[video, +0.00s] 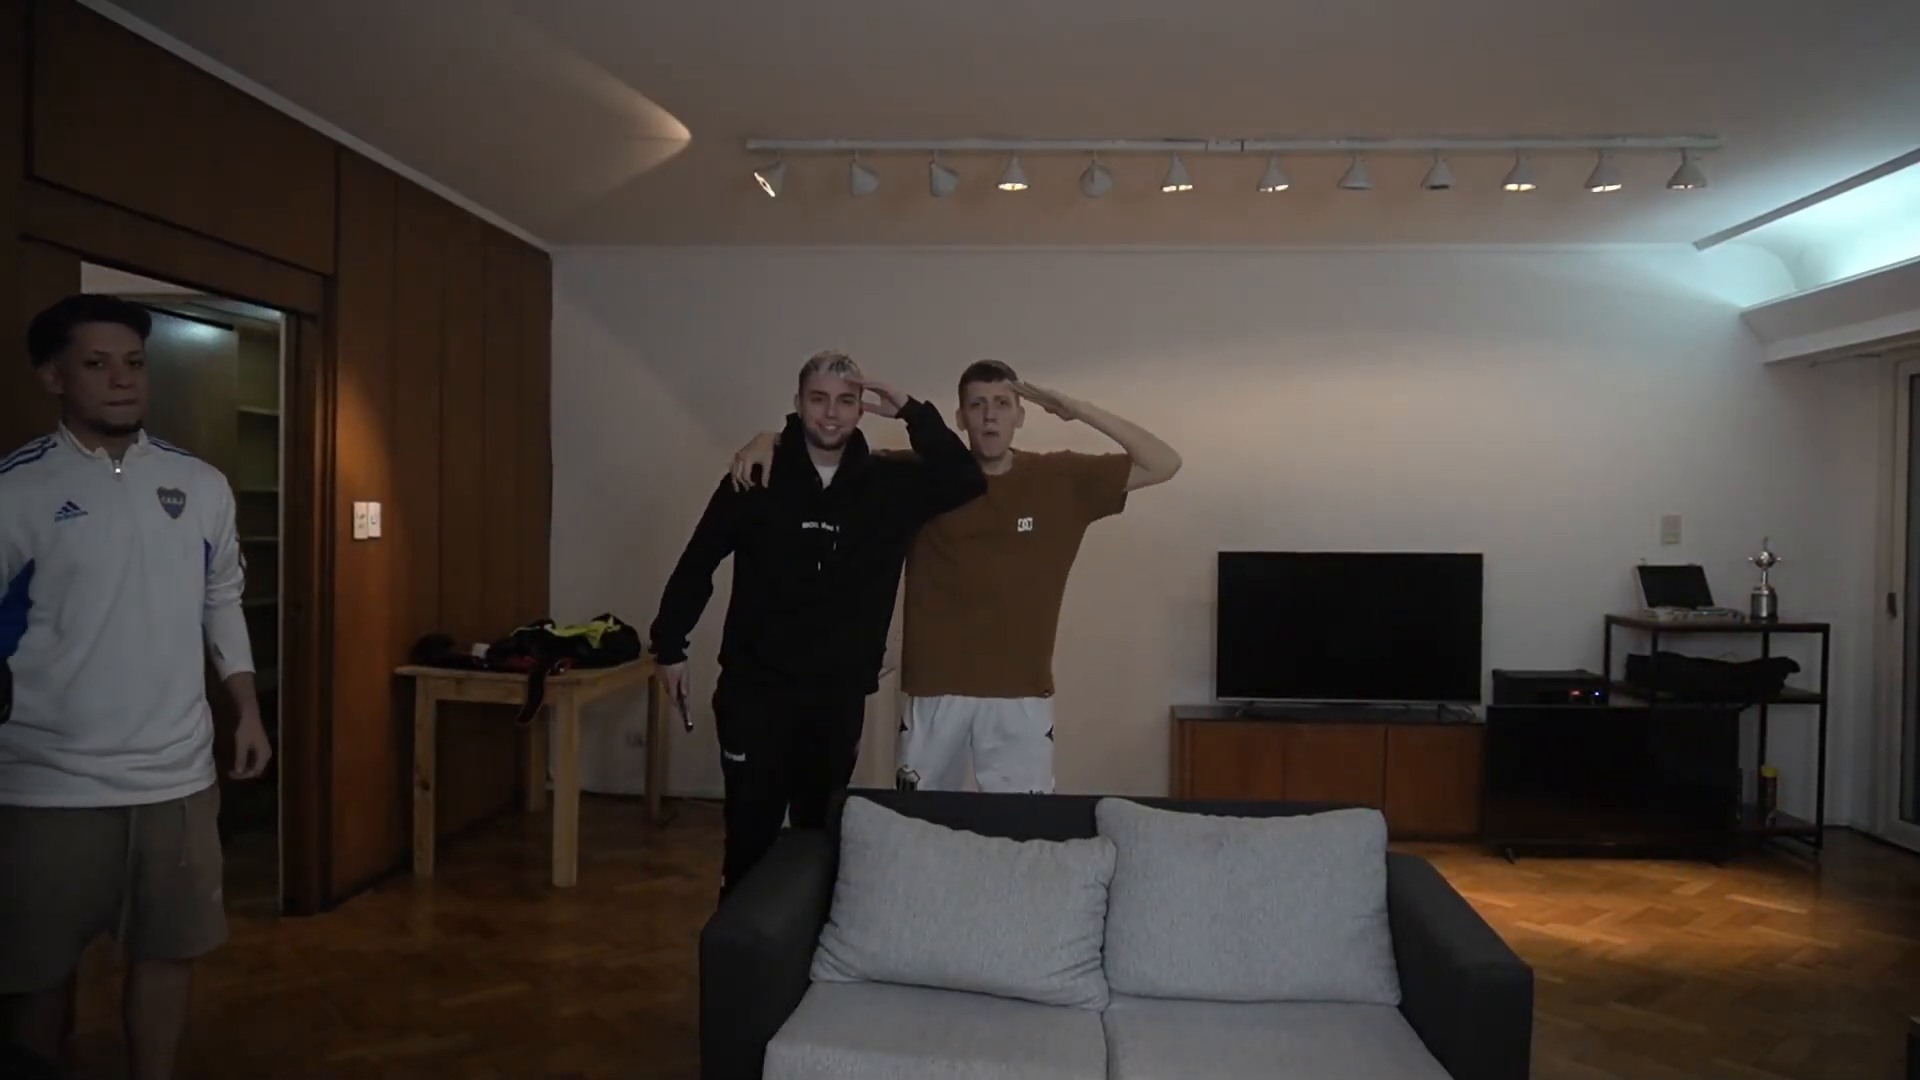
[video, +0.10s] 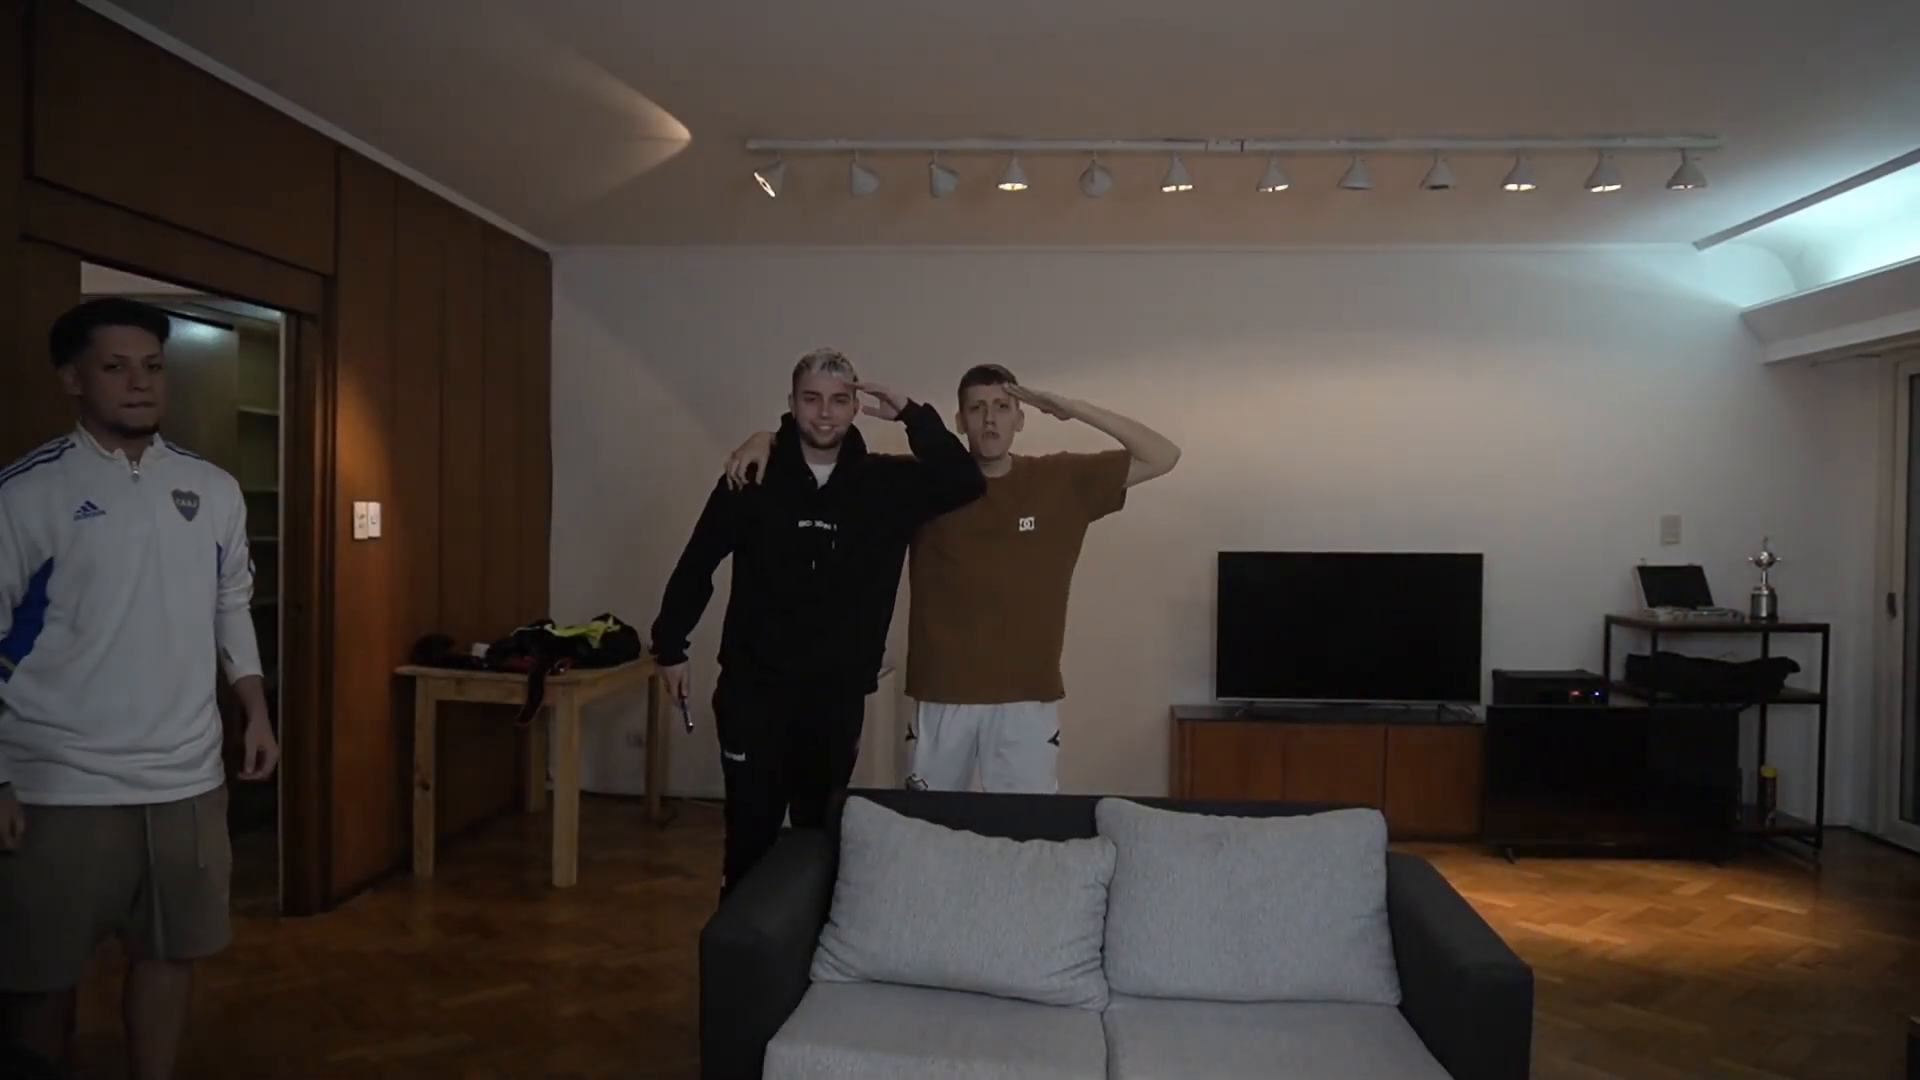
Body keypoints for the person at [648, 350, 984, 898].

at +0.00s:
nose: (831, 411)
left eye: (845, 400)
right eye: (819, 398)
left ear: (861, 410)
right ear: (798, 403)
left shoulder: (891, 484)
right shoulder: (756, 475)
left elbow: (965, 480)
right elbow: (698, 562)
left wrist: (912, 410)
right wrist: (670, 648)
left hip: (837, 690)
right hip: (756, 684)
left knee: (819, 831)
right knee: (751, 832)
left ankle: (814, 956)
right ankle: (740, 959)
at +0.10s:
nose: (825, 412)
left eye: (839, 399)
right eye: (812, 398)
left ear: (856, 408)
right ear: (792, 403)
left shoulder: (888, 482)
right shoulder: (753, 475)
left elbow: (965, 483)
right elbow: (698, 563)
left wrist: (914, 414)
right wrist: (671, 649)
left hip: (837, 688)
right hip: (755, 683)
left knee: (820, 829)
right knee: (751, 831)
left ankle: (815, 954)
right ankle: (741, 958)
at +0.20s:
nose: (820, 412)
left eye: (834, 400)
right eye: (807, 399)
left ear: (852, 408)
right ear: (788, 405)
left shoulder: (886, 482)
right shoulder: (751, 476)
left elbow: (963, 482)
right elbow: (695, 563)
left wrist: (910, 415)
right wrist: (669, 649)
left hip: (836, 689)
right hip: (753, 684)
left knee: (820, 830)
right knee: (749, 832)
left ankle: (815, 956)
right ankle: (740, 959)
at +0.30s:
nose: (819, 413)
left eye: (833, 400)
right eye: (806, 400)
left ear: (851, 409)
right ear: (787, 405)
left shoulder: (885, 484)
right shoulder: (749, 478)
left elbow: (962, 483)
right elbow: (692, 564)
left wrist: (908, 417)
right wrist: (665, 650)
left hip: (833, 691)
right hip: (750, 686)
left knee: (818, 833)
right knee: (748, 835)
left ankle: (814, 959)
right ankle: (739, 962)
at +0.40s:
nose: (821, 413)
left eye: (835, 400)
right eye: (808, 400)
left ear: (852, 409)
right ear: (788, 405)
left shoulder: (885, 484)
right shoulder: (749, 478)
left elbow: (963, 485)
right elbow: (690, 563)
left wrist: (910, 417)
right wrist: (661, 649)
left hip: (832, 692)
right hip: (749, 688)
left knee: (816, 834)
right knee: (746, 837)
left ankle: (812, 961)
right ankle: (739, 964)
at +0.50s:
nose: (822, 413)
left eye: (836, 401)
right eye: (810, 400)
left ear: (854, 409)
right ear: (790, 405)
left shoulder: (885, 485)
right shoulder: (750, 477)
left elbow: (962, 487)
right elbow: (688, 560)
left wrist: (911, 417)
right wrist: (655, 643)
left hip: (831, 691)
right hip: (748, 687)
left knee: (817, 834)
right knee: (746, 837)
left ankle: (812, 959)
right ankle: (738, 964)